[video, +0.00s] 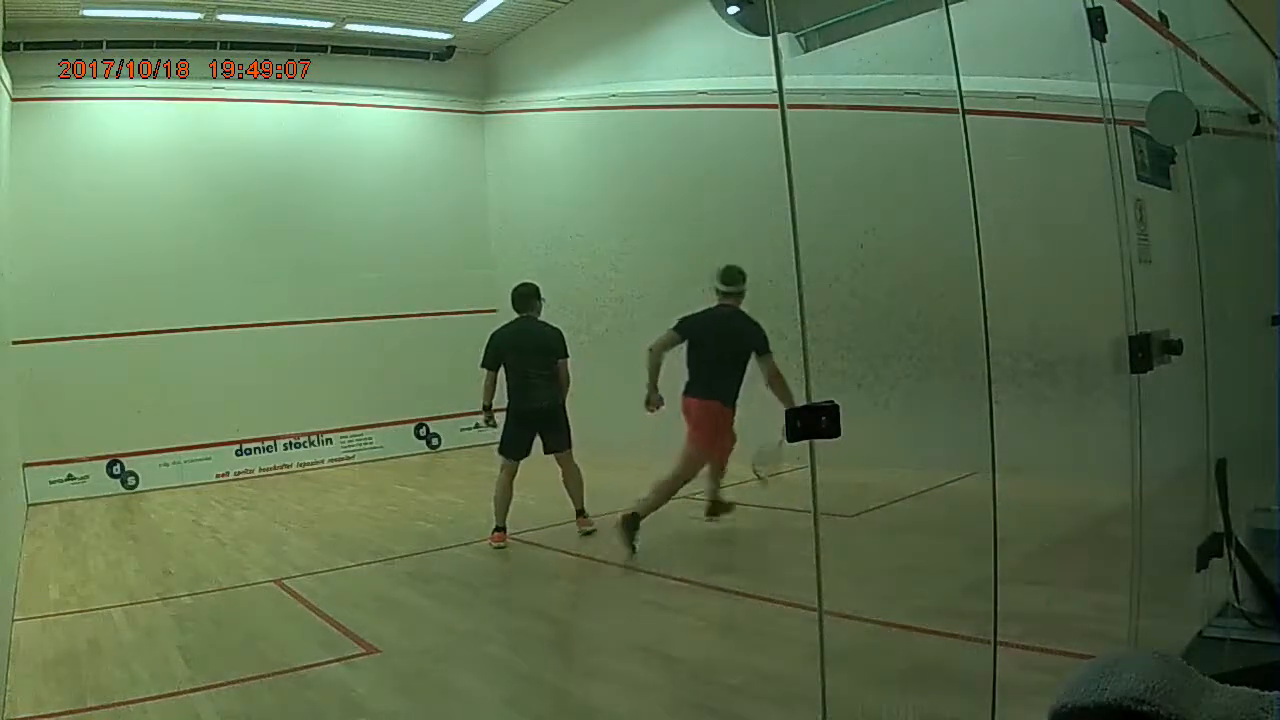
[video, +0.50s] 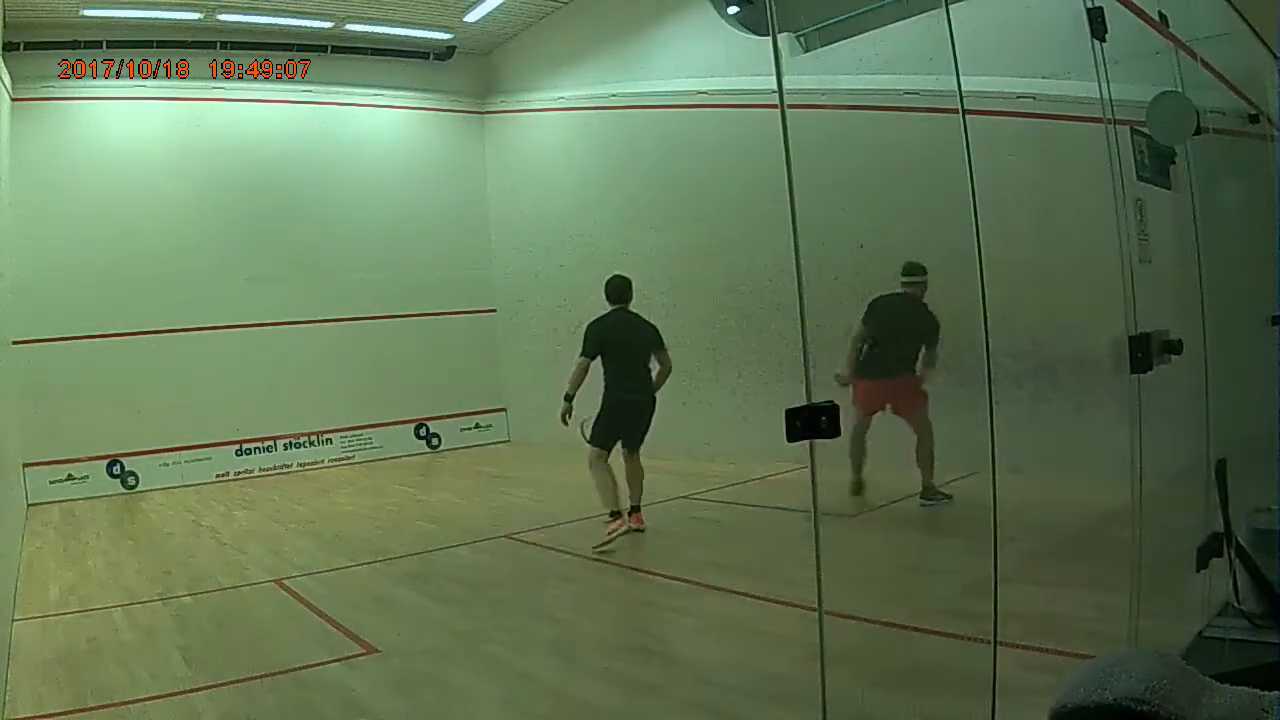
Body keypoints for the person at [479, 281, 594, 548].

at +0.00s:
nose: (543, 305)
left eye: (540, 302)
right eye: (542, 302)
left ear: (514, 306)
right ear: (538, 304)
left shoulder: (500, 336)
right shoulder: (553, 333)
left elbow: (490, 379)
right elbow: (564, 376)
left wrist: (487, 409)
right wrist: (560, 402)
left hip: (520, 413)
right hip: (552, 411)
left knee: (507, 470)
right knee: (567, 462)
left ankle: (499, 529)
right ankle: (582, 516)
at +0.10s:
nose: (556, 313)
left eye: (555, 309)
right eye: (555, 309)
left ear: (528, 313)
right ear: (549, 311)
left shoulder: (511, 341)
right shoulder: (563, 341)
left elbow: (500, 383)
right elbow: (576, 384)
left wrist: (494, 415)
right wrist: (568, 409)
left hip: (527, 417)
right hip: (561, 416)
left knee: (511, 471)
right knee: (580, 463)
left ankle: (500, 529)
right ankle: (604, 514)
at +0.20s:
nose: (571, 316)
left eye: (570, 312)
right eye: (570, 312)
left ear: (544, 316)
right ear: (562, 315)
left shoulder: (527, 344)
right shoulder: (578, 345)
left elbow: (518, 383)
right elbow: (591, 387)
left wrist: (509, 419)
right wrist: (582, 409)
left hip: (539, 420)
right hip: (573, 418)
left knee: (518, 472)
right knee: (595, 465)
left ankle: (500, 529)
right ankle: (625, 512)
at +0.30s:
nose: (597, 316)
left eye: (596, 311)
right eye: (595, 312)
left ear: (571, 316)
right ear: (589, 314)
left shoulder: (558, 342)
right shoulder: (606, 343)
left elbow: (550, 378)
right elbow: (621, 383)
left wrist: (537, 413)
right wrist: (610, 401)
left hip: (571, 416)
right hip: (603, 414)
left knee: (544, 468)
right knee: (613, 462)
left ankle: (514, 523)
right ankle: (633, 514)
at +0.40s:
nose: (618, 312)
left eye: (615, 308)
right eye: (616, 308)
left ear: (591, 312)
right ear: (613, 311)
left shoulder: (581, 339)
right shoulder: (627, 339)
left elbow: (570, 379)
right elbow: (645, 380)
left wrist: (555, 414)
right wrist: (632, 401)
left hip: (594, 413)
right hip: (625, 412)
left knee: (566, 465)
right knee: (623, 460)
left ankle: (559, 526)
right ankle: (633, 516)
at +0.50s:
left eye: (611, 295)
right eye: (627, 293)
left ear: (606, 297)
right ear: (631, 296)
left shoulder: (598, 327)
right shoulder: (646, 326)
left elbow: (582, 366)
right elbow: (666, 366)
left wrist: (568, 399)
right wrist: (650, 390)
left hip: (615, 402)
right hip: (644, 402)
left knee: (597, 458)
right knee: (631, 453)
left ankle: (616, 518)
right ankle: (635, 513)